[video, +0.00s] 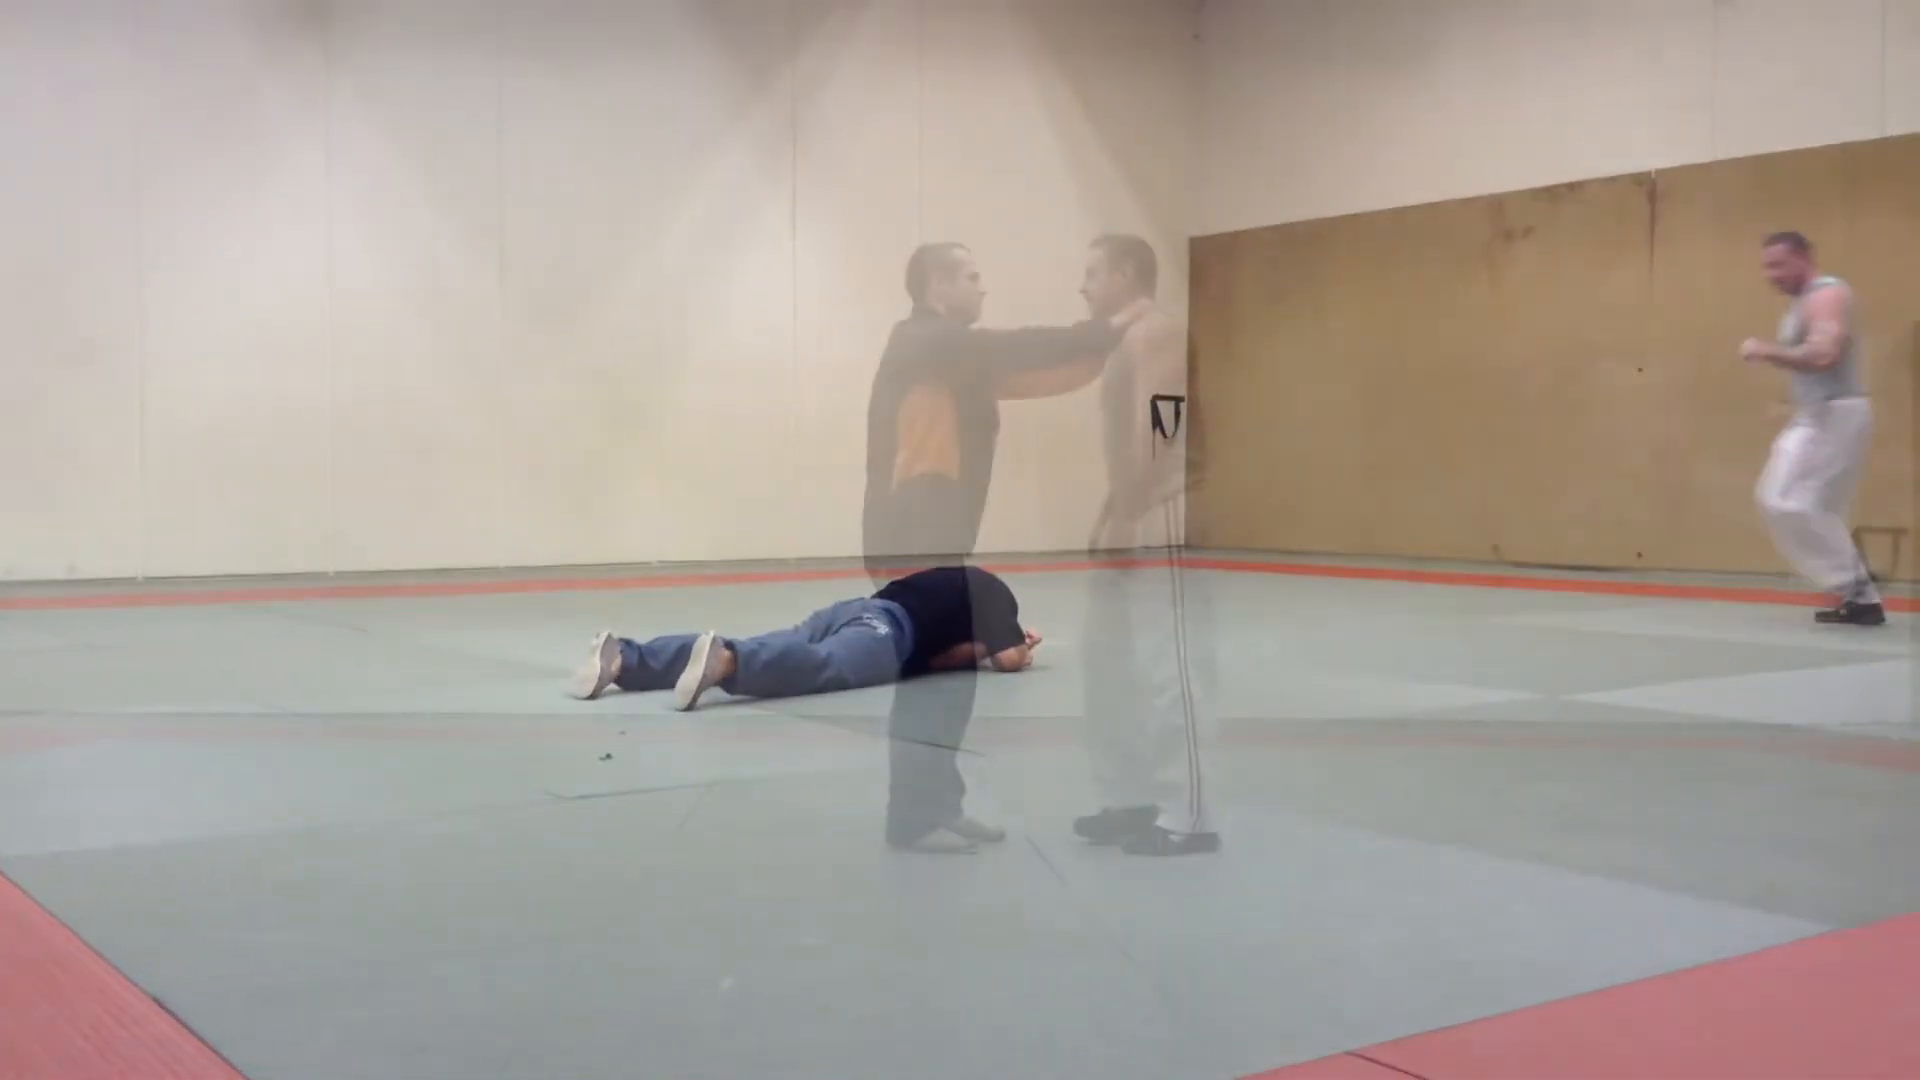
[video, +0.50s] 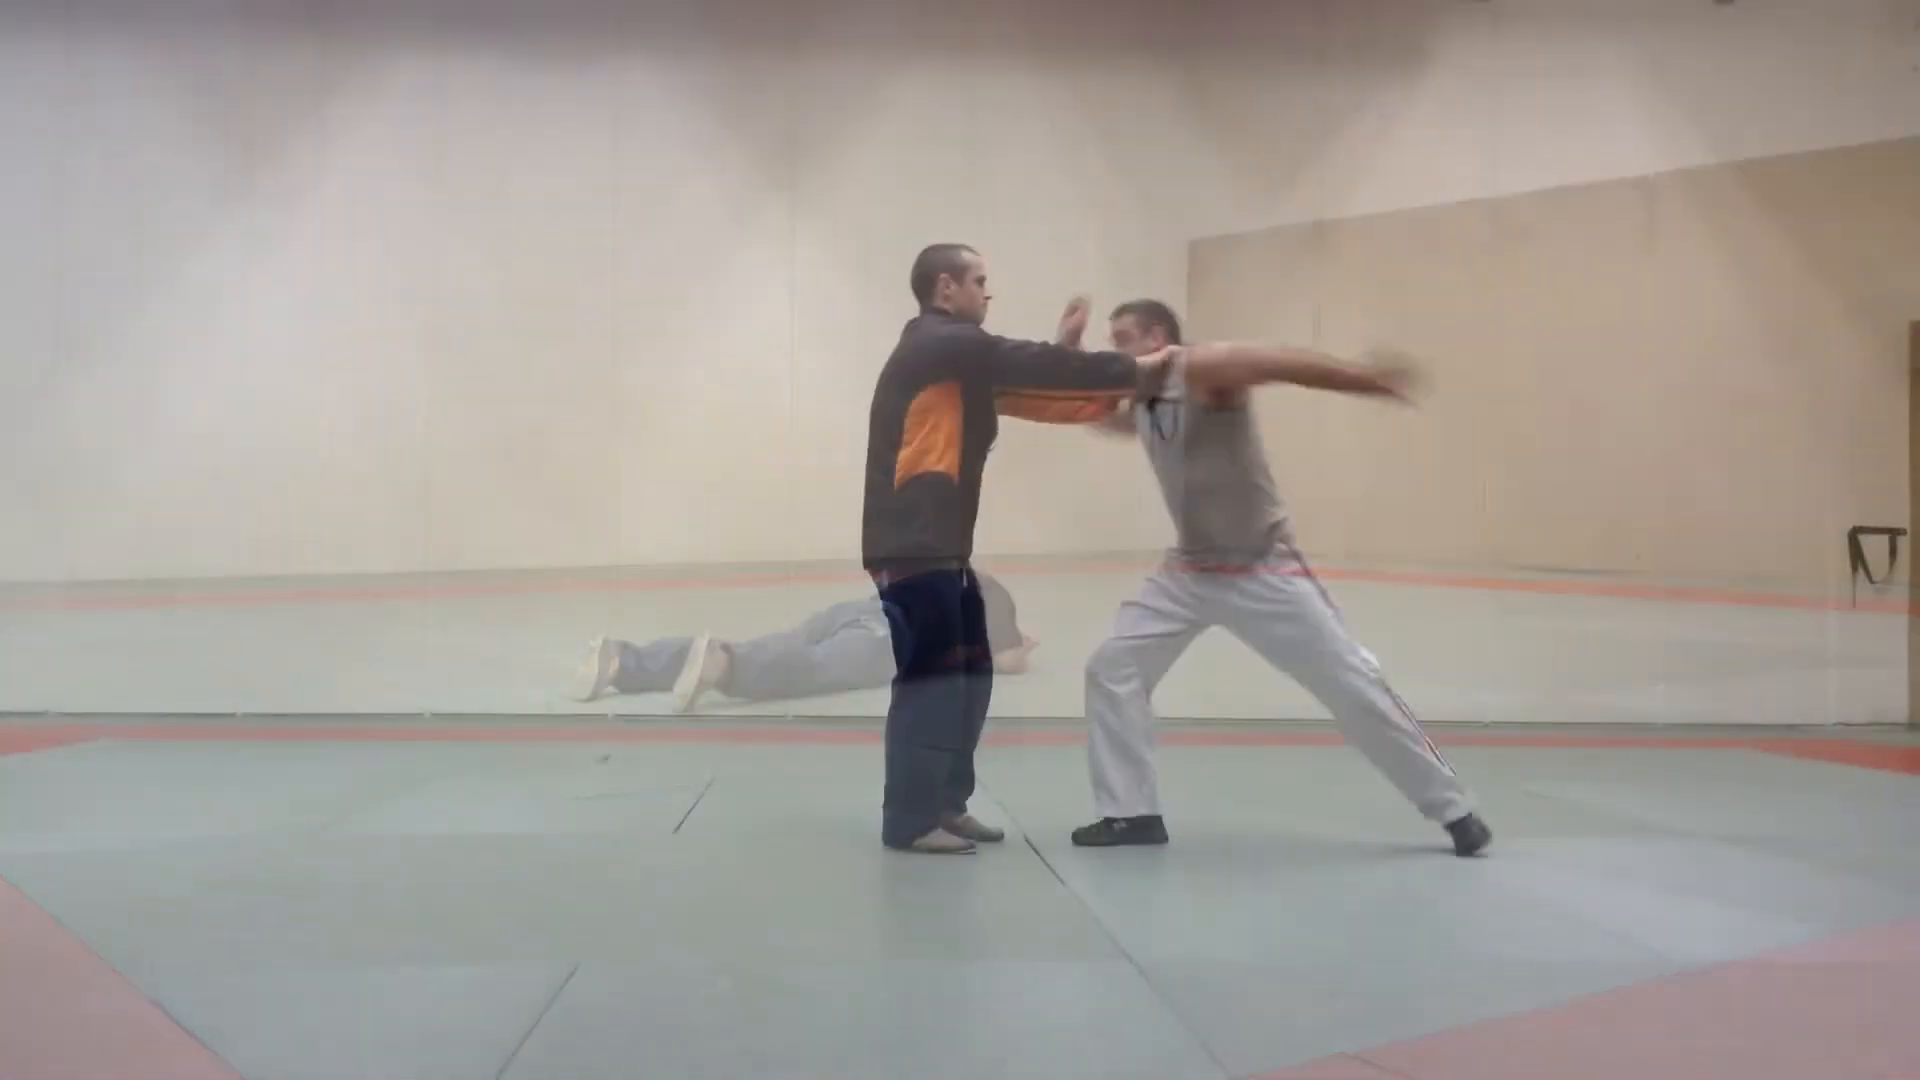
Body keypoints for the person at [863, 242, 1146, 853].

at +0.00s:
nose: (981, 285)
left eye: (978, 275)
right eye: (968, 276)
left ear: (949, 289)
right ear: (932, 288)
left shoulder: (955, 350)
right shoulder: (924, 339)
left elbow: (1040, 372)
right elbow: (1013, 344)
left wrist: (1109, 343)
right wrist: (1108, 329)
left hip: (937, 538)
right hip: (919, 540)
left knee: (953, 669)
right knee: (936, 674)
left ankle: (937, 808)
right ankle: (915, 817)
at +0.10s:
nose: (982, 288)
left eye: (980, 277)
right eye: (971, 277)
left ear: (941, 284)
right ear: (935, 283)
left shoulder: (954, 348)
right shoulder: (923, 339)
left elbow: (1035, 372)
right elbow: (1013, 345)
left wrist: (1108, 342)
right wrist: (1113, 333)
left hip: (935, 536)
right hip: (917, 538)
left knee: (951, 662)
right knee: (932, 666)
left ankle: (936, 807)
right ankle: (913, 816)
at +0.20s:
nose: (979, 292)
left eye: (977, 281)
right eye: (970, 281)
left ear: (936, 284)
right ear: (936, 284)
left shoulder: (943, 349)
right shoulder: (924, 340)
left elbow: (1022, 384)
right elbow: (1018, 352)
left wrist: (1104, 359)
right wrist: (1114, 351)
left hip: (933, 536)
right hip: (919, 539)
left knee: (946, 667)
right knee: (933, 669)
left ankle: (932, 808)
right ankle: (914, 817)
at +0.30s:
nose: (976, 294)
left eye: (974, 284)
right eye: (967, 283)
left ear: (931, 288)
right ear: (934, 286)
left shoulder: (935, 349)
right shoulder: (928, 342)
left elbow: (1026, 395)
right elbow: (1023, 360)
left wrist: (1108, 366)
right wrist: (1123, 361)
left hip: (927, 540)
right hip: (918, 541)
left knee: (951, 670)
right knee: (935, 673)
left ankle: (934, 808)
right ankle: (912, 819)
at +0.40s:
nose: (980, 294)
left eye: (977, 284)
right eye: (970, 283)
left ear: (932, 288)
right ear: (935, 287)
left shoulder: (938, 350)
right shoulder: (929, 343)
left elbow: (1023, 397)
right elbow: (1024, 362)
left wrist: (1111, 382)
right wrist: (1130, 368)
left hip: (930, 540)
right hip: (914, 542)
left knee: (961, 669)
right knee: (935, 673)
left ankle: (940, 807)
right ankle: (912, 822)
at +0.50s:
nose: (989, 293)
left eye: (987, 282)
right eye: (980, 282)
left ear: (945, 288)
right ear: (946, 287)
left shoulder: (953, 349)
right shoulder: (939, 342)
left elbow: (1031, 395)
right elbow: (1034, 363)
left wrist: (1111, 395)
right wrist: (1135, 369)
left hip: (938, 543)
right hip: (915, 545)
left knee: (970, 673)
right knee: (935, 676)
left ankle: (942, 808)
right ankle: (909, 823)